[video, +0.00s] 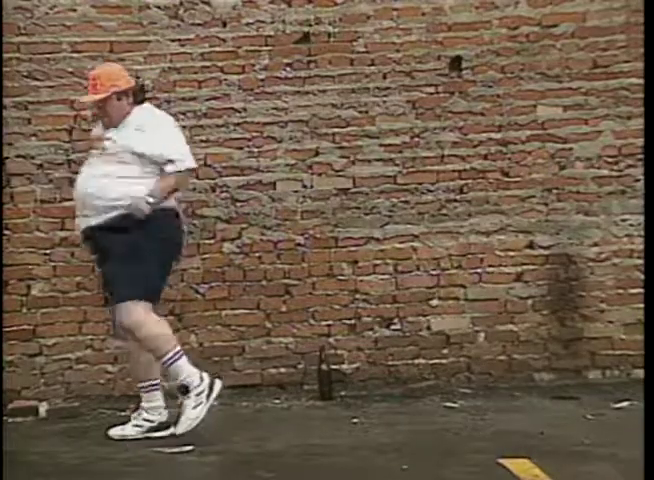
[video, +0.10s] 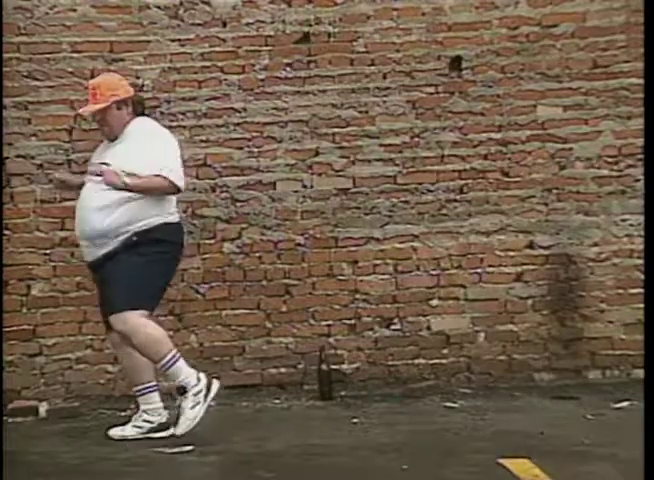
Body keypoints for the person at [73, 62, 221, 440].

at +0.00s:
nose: (96, 108)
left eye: (102, 101)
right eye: (94, 102)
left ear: (125, 97)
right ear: (102, 101)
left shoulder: (151, 121)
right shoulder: (109, 132)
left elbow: (183, 170)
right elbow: (114, 178)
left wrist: (153, 197)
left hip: (145, 225)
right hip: (113, 231)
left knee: (132, 314)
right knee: (126, 324)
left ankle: (196, 383)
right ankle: (153, 410)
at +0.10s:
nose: (97, 119)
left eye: (102, 111)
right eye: (95, 112)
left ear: (124, 107)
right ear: (103, 112)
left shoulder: (149, 133)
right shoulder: (109, 146)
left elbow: (171, 182)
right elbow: (104, 184)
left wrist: (124, 182)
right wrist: (74, 181)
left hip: (149, 238)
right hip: (112, 248)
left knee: (126, 318)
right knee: (119, 331)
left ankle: (194, 384)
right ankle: (152, 412)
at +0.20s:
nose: (87, 117)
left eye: (91, 109)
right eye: (85, 111)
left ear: (113, 103)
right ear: (100, 107)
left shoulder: (139, 130)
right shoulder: (104, 142)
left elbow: (150, 174)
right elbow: (90, 187)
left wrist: (96, 163)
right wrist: (47, 174)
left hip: (155, 239)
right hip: (117, 247)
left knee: (134, 320)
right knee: (123, 328)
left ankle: (175, 401)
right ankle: (151, 406)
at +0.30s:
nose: (76, 119)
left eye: (81, 110)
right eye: (74, 112)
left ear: (103, 106)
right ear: (90, 110)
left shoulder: (123, 129)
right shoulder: (97, 149)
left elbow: (112, 168)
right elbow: (73, 188)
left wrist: (57, 167)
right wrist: (27, 187)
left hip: (161, 240)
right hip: (133, 249)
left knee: (147, 329)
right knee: (137, 329)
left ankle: (161, 416)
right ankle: (151, 409)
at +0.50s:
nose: (84, 132)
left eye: (90, 124)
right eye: (80, 126)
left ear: (112, 119)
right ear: (79, 126)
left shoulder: (130, 142)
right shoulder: (95, 156)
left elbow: (101, 181)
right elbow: (79, 188)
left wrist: (73, 197)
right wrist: (67, 208)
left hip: (158, 254)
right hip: (122, 259)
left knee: (143, 337)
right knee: (121, 336)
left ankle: (164, 417)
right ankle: (150, 409)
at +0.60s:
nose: (91, 124)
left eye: (96, 115)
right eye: (86, 118)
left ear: (117, 105)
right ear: (84, 115)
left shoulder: (142, 134)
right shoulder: (98, 144)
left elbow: (144, 177)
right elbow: (95, 185)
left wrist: (107, 212)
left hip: (150, 247)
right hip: (108, 251)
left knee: (144, 333)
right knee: (100, 328)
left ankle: (164, 417)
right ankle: (142, 397)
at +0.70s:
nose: (95, 116)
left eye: (100, 106)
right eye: (89, 109)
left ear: (120, 96)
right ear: (85, 107)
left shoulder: (154, 128)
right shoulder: (93, 134)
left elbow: (172, 179)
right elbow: (92, 182)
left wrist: (153, 217)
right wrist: (81, 221)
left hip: (137, 242)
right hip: (91, 245)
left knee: (142, 329)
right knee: (95, 323)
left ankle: (162, 414)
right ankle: (123, 403)